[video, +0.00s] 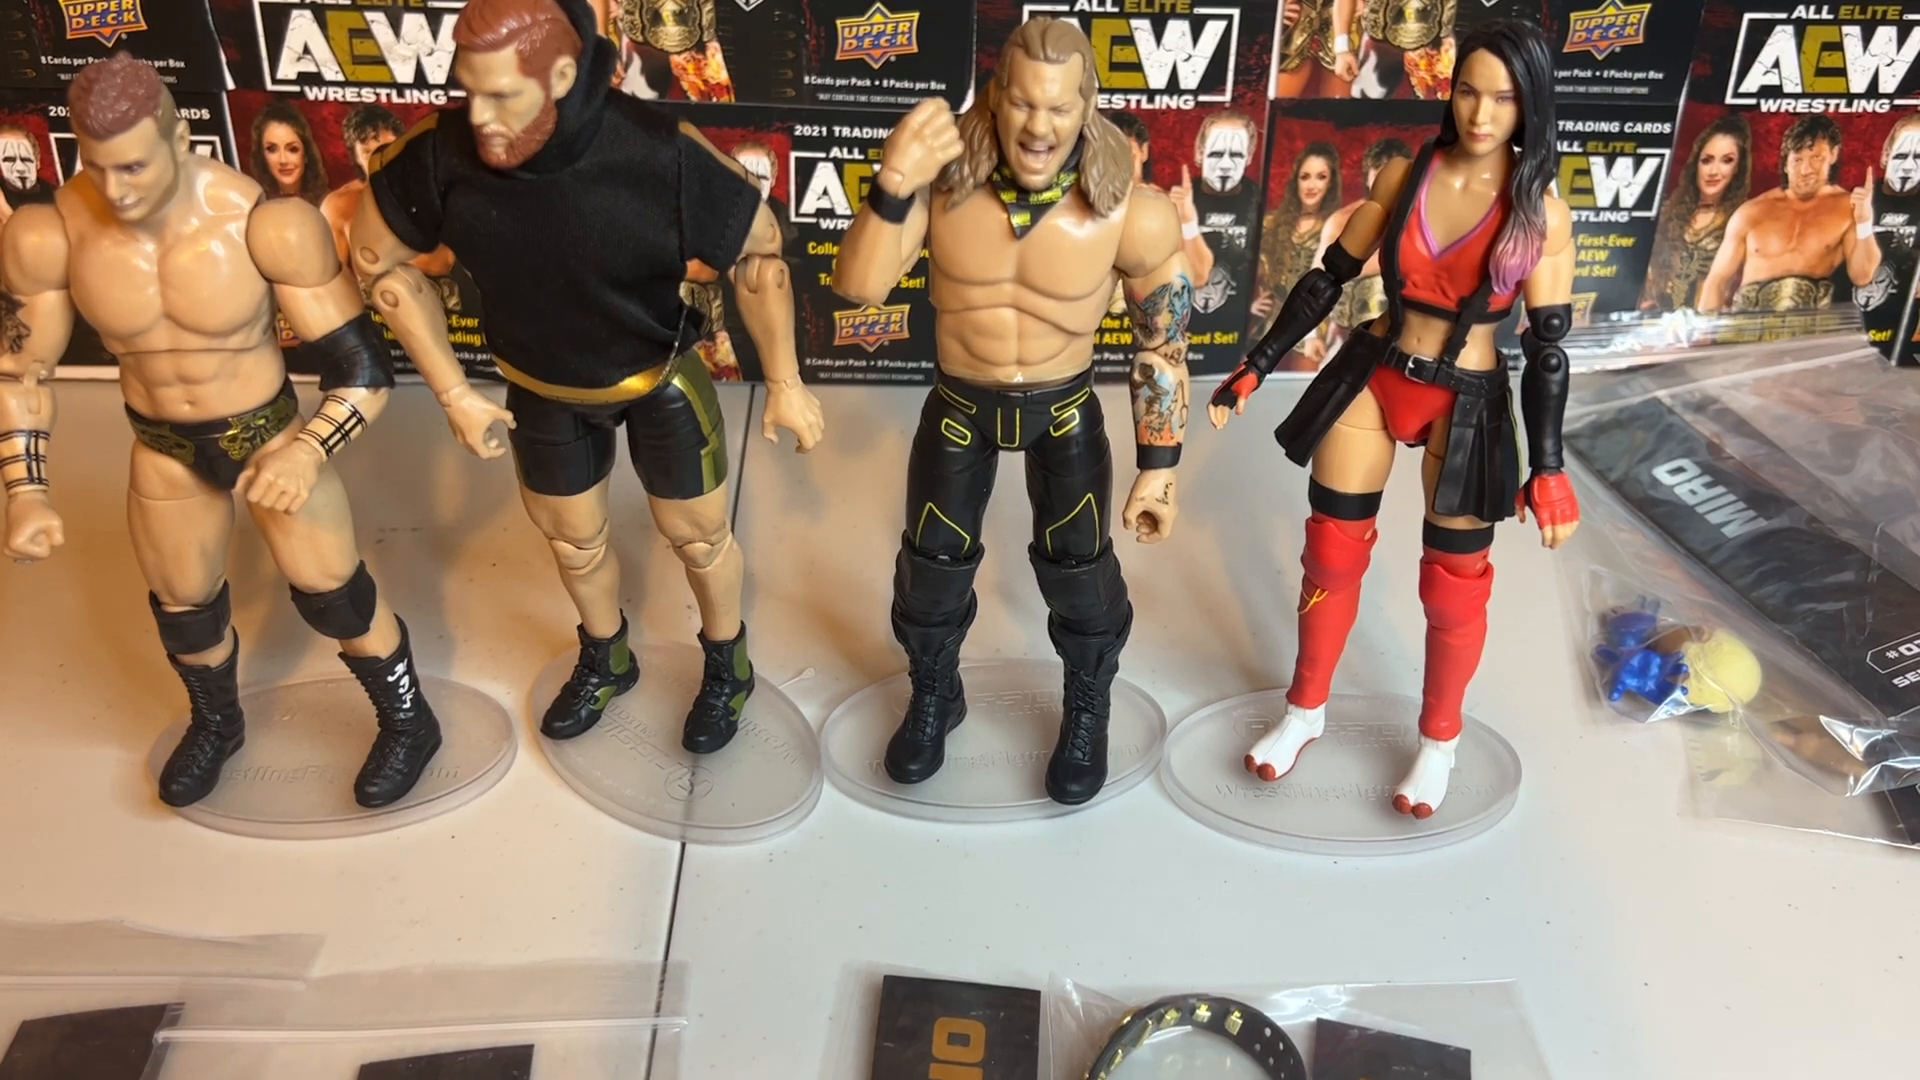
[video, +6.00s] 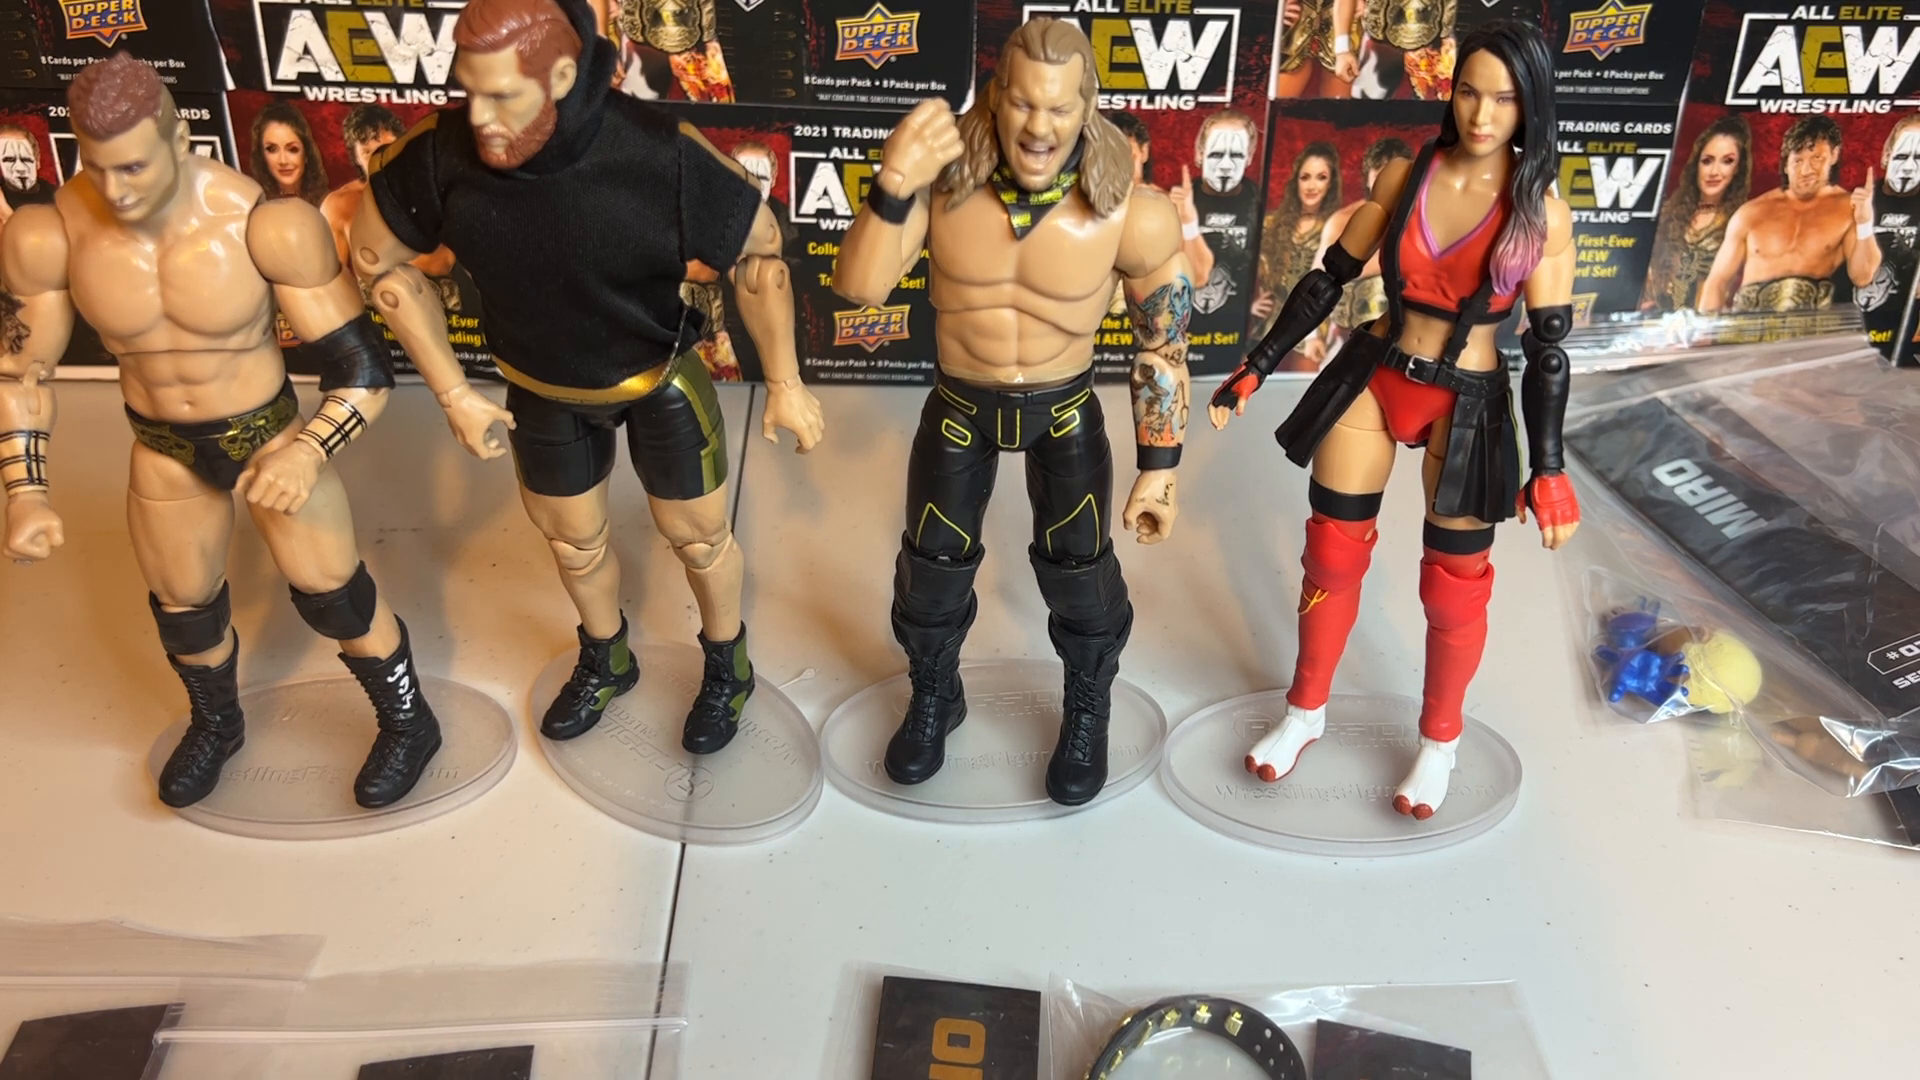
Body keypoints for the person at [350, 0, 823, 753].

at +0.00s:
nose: (480, 118)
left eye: (502, 96)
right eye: (468, 95)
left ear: (564, 76)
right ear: (456, 80)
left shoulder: (652, 153)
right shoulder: (443, 158)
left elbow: (756, 245)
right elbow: (373, 251)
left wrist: (784, 381)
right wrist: (453, 392)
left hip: (661, 382)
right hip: (543, 394)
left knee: (700, 541)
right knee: (575, 546)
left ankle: (726, 666)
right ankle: (607, 660)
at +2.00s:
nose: (480, 119)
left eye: (502, 96)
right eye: (468, 95)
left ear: (563, 76)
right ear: (456, 81)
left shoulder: (653, 155)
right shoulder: (442, 159)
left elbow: (757, 245)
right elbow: (372, 251)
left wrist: (784, 381)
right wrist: (453, 392)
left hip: (661, 381)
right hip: (541, 393)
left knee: (700, 540)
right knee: (575, 545)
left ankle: (726, 667)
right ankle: (607, 660)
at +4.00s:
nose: (481, 119)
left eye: (503, 96)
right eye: (468, 95)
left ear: (564, 76)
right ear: (456, 81)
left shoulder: (653, 155)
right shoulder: (443, 159)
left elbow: (757, 246)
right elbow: (372, 251)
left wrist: (784, 381)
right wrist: (452, 392)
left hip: (661, 382)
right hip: (542, 395)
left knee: (700, 540)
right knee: (575, 546)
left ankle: (726, 666)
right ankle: (607, 660)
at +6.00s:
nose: (481, 119)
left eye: (503, 96)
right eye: (468, 95)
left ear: (564, 76)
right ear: (457, 81)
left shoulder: (653, 155)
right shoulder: (443, 159)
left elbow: (757, 245)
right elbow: (372, 251)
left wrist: (784, 381)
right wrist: (452, 392)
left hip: (661, 382)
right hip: (542, 394)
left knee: (700, 540)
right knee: (575, 546)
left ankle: (726, 666)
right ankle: (607, 661)